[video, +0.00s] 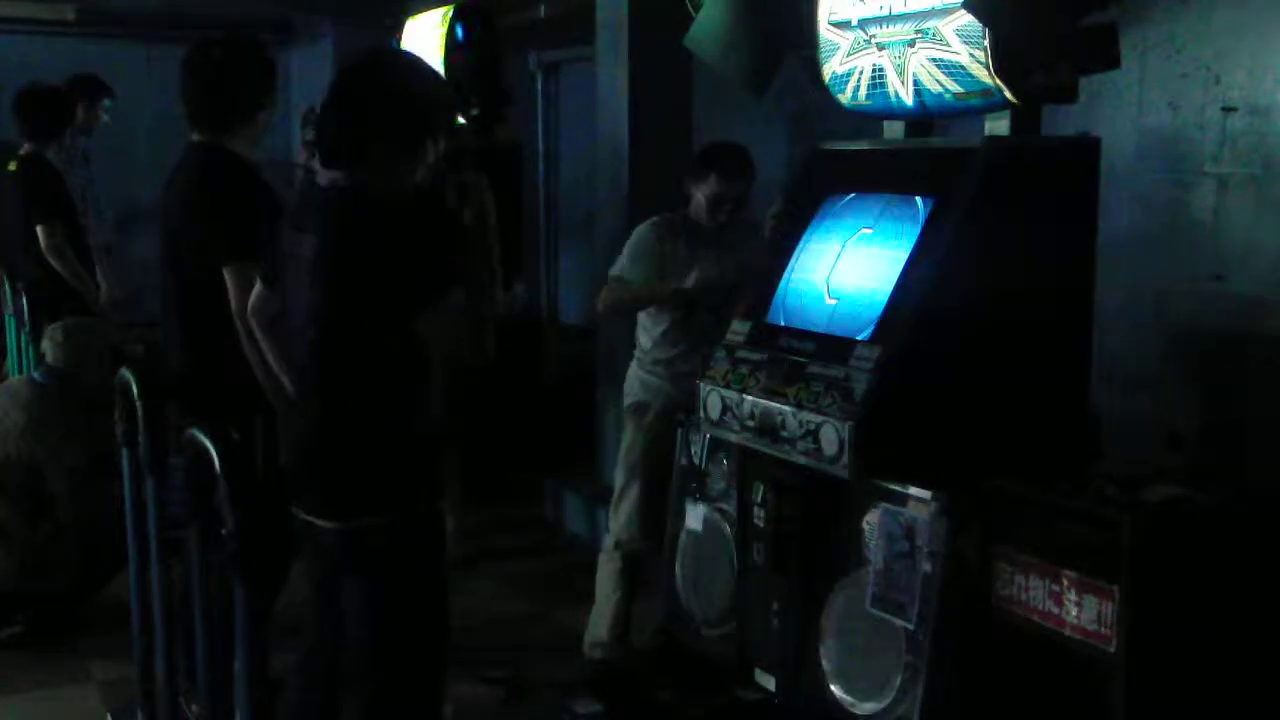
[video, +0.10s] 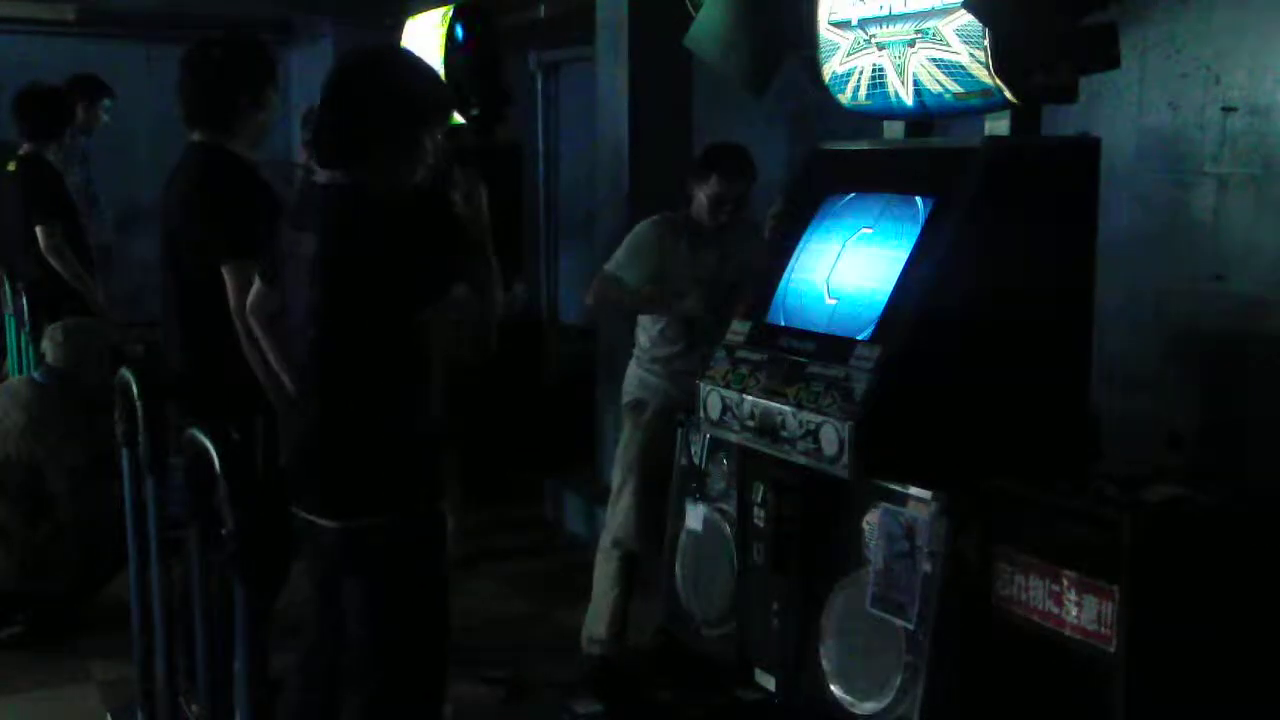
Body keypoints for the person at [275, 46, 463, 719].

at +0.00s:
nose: (441, 150)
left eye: (440, 133)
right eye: (434, 133)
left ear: (339, 120)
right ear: (409, 137)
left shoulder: (310, 206)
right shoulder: (406, 219)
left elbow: (258, 311)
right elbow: (469, 333)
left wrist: (297, 399)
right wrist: (480, 222)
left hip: (318, 451)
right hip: (390, 467)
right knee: (400, 648)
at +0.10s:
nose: (438, 147)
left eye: (437, 129)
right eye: (431, 129)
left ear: (338, 117)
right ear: (404, 132)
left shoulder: (309, 203)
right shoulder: (406, 218)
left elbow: (259, 310)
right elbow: (480, 319)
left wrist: (297, 398)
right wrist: (474, 214)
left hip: (319, 451)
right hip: (390, 465)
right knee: (401, 653)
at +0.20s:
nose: (438, 145)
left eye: (437, 128)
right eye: (431, 128)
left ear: (338, 117)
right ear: (399, 131)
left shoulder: (307, 202)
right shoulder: (405, 217)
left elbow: (257, 310)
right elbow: (485, 311)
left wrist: (296, 400)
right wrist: (461, 198)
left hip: (320, 450)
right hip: (390, 465)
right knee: (402, 651)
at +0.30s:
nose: (435, 143)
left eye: (435, 127)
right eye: (428, 127)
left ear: (336, 116)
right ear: (397, 130)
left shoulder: (306, 202)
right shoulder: (403, 216)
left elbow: (252, 310)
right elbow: (486, 304)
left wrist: (294, 400)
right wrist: (454, 190)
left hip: (320, 446)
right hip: (390, 460)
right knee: (402, 643)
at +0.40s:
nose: (436, 146)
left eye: (436, 130)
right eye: (429, 130)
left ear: (332, 119)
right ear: (400, 132)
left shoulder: (305, 207)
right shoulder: (403, 217)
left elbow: (249, 313)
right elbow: (484, 305)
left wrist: (292, 399)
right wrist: (448, 187)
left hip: (317, 448)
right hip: (392, 459)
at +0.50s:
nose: (430, 143)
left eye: (430, 129)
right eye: (423, 128)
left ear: (331, 117)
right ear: (396, 129)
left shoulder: (304, 203)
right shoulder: (398, 214)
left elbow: (247, 310)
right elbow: (483, 295)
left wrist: (294, 398)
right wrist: (442, 180)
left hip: (316, 445)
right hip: (390, 455)